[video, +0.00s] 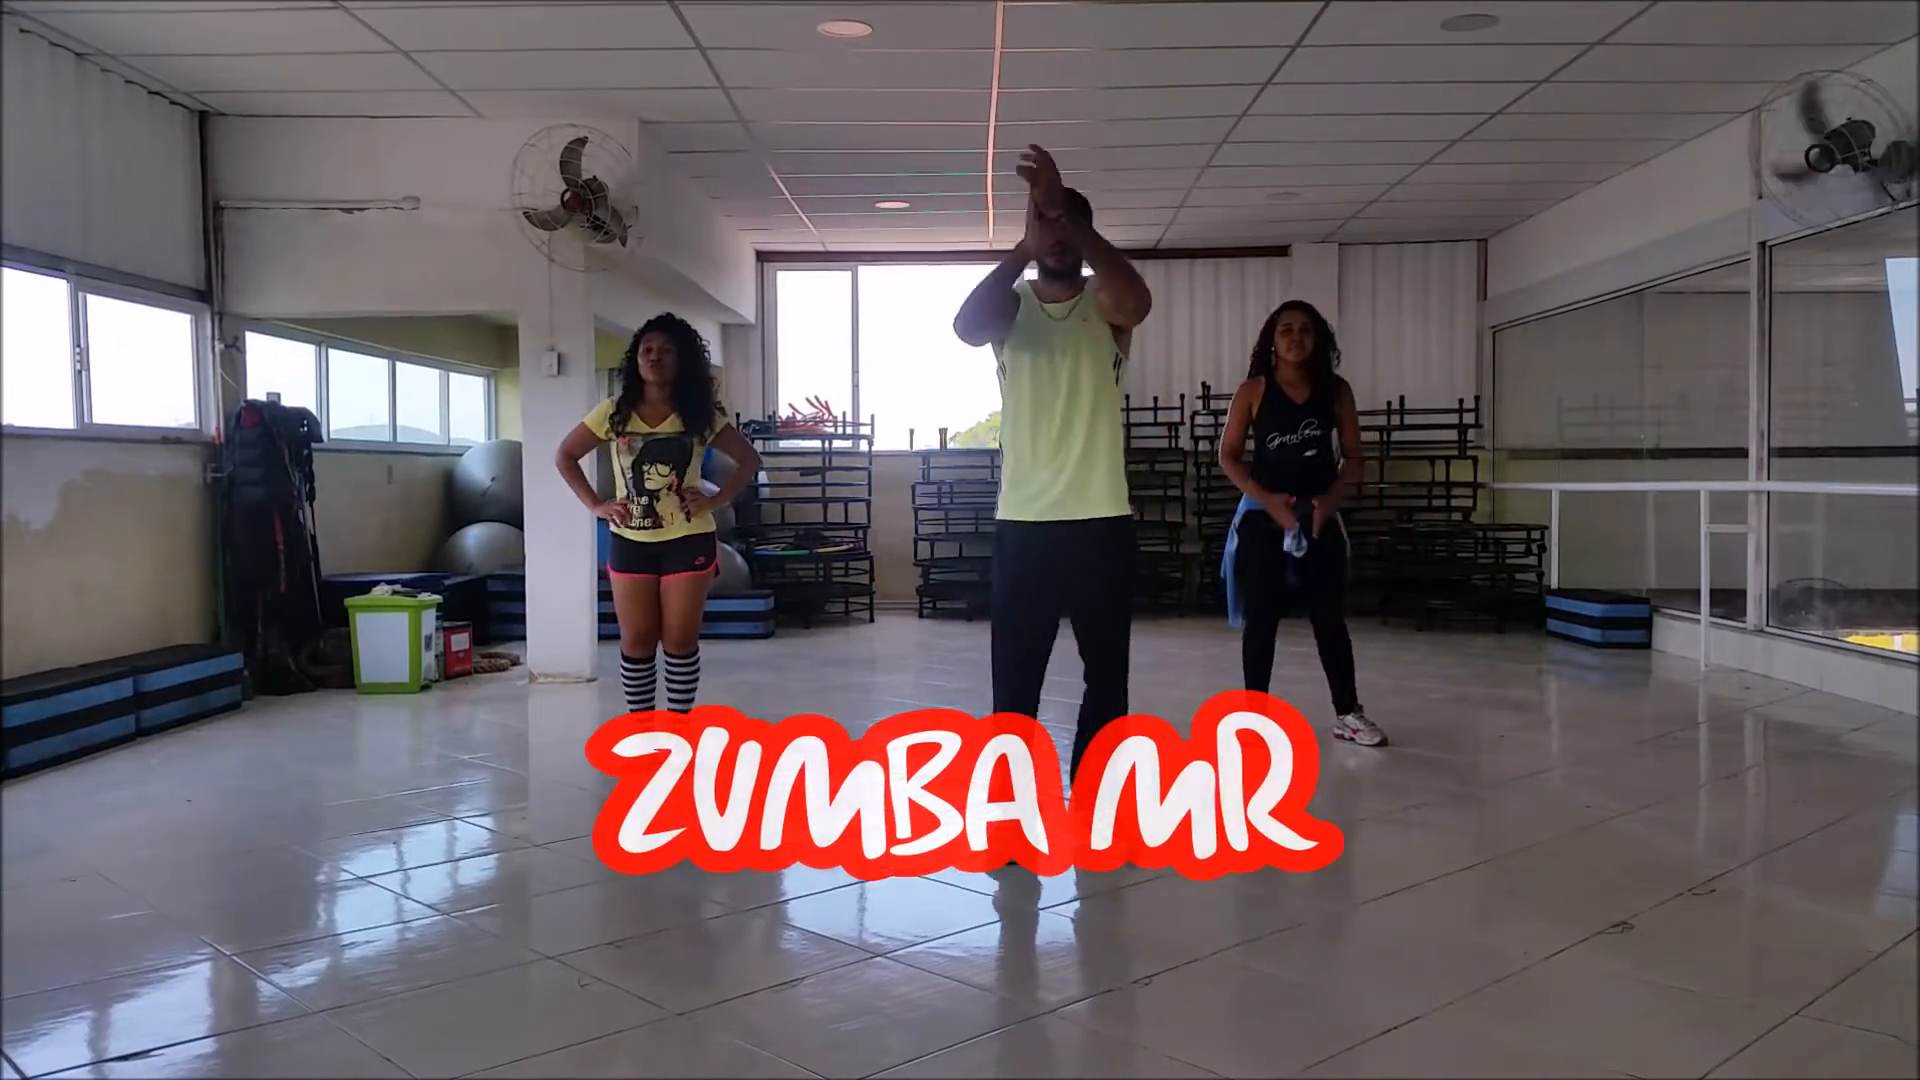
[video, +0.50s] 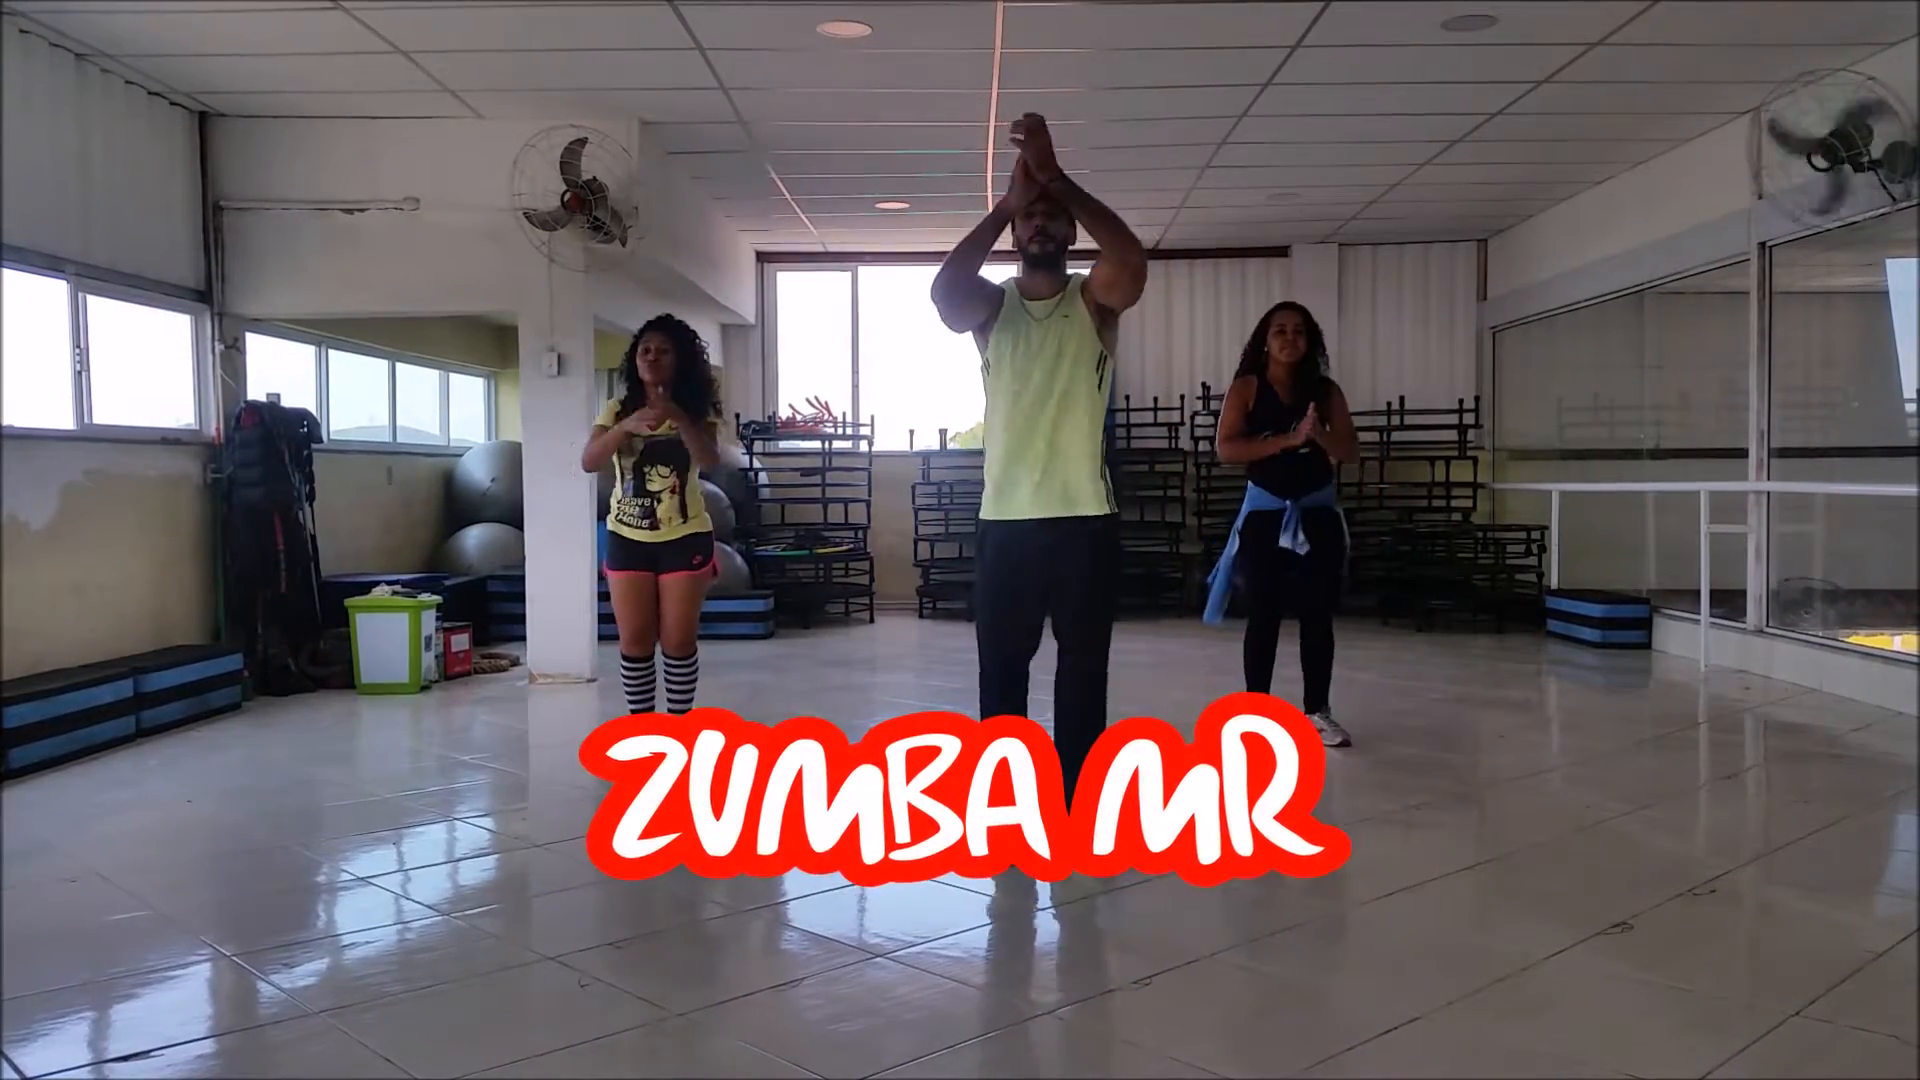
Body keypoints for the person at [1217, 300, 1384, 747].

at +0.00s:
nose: (1295, 337)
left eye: (1304, 330)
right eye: (1286, 330)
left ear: (1317, 339)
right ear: (1272, 339)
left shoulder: (1335, 390)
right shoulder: (1252, 391)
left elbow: (1354, 459)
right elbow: (1228, 456)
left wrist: (1332, 499)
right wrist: (1266, 500)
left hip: (1319, 518)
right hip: (1263, 520)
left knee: (1330, 620)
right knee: (1260, 621)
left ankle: (1348, 714)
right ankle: (1257, 716)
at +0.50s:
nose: (1290, 339)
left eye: (1299, 332)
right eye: (1281, 331)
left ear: (1311, 341)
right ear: (1265, 339)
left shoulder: (1327, 392)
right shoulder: (1245, 386)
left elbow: (1348, 451)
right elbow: (1226, 450)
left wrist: (1318, 435)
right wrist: (1287, 440)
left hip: (1319, 517)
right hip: (1264, 516)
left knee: (1318, 616)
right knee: (1264, 616)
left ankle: (1317, 712)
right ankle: (1256, 713)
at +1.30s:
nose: (1281, 341)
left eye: (1291, 336)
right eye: (1274, 332)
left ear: (1303, 344)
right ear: (1256, 337)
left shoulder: (1305, 380)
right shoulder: (1235, 377)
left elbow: (1346, 397)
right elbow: (1240, 405)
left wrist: (1322, 342)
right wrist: (1288, 366)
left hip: (1308, 504)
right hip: (1255, 506)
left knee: (1339, 596)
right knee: (1253, 608)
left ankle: (1332, 699)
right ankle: (1241, 709)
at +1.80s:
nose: (1298, 341)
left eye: (1306, 333)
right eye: (1288, 335)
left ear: (1319, 338)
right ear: (1277, 344)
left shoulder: (1338, 384)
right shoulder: (1266, 387)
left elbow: (1356, 340)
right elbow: (1239, 359)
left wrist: (1311, 299)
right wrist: (1279, 315)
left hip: (1322, 514)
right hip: (1268, 512)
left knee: (1321, 616)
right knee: (1259, 614)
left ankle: (1327, 711)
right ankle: (1250, 711)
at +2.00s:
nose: (1286, 340)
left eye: (1295, 334)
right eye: (1278, 334)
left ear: (1310, 342)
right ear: (1265, 342)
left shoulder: (1325, 383)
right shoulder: (1253, 386)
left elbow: (1367, 348)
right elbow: (1225, 359)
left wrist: (1328, 304)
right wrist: (1263, 314)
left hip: (1314, 514)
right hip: (1258, 514)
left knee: (1341, 607)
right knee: (1256, 613)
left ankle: (1336, 700)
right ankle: (1251, 712)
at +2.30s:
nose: (1289, 343)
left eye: (1297, 336)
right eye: (1280, 336)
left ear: (1308, 343)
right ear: (1265, 342)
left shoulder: (1319, 384)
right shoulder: (1249, 385)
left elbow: (1359, 351)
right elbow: (1242, 352)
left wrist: (1319, 312)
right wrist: (1279, 317)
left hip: (1323, 514)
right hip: (1269, 515)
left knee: (1334, 612)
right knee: (1266, 613)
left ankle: (1336, 710)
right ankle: (1252, 712)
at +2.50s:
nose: (1299, 339)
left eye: (1308, 333)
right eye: (1290, 334)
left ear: (1322, 342)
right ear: (1278, 344)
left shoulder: (1339, 386)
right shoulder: (1264, 389)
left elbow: (1372, 347)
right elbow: (1234, 363)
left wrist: (1336, 301)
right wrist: (1268, 319)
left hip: (1332, 516)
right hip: (1276, 516)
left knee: (1335, 612)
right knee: (1261, 607)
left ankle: (1335, 711)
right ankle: (1250, 702)